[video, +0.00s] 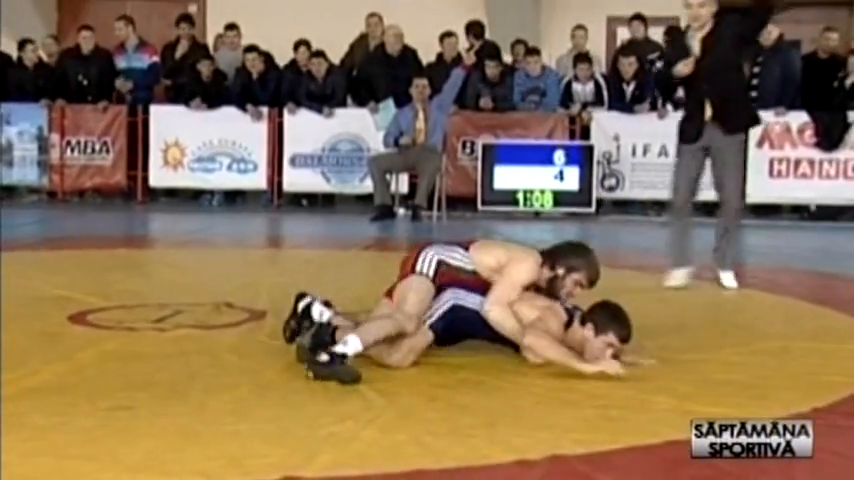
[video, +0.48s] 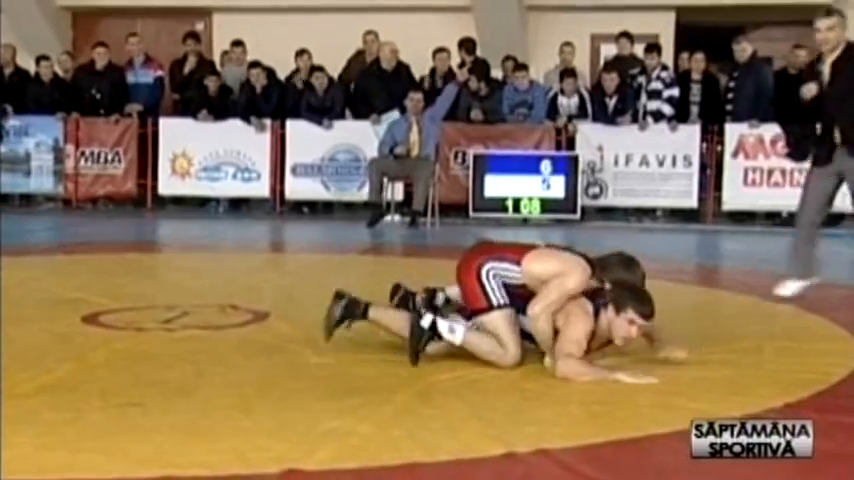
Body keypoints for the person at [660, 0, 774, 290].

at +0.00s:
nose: (694, 13)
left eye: (700, 6)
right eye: (689, 7)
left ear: (713, 7)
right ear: (685, 10)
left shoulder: (732, 28)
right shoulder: (677, 38)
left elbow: (764, 9)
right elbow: (663, 86)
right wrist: (674, 73)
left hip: (730, 125)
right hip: (693, 124)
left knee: (732, 202)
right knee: (681, 199)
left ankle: (725, 264)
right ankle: (680, 264)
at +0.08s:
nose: (720, 15)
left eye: (726, 8)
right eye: (714, 9)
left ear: (738, 10)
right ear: (706, 12)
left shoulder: (753, 32)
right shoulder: (700, 40)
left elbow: (779, 17)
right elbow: (686, 89)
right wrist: (695, 72)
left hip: (748, 126)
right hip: (713, 126)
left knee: (755, 197)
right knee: (718, 203)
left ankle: (756, 256)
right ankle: (730, 268)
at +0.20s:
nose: (754, 33)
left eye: (760, 27)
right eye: (749, 28)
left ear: (772, 30)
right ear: (743, 32)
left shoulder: (784, 54)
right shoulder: (734, 60)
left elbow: (807, 46)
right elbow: (714, 106)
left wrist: (806, 15)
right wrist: (724, 88)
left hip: (780, 148)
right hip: (745, 149)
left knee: (805, 212)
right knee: (748, 218)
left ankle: (834, 267)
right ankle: (750, 276)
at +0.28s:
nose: (776, 43)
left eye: (782, 37)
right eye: (771, 37)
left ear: (795, 40)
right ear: (763, 42)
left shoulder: (806, 67)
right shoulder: (756, 69)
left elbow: (831, 57)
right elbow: (731, 113)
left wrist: (824, 22)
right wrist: (745, 100)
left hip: (804, 157)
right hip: (768, 158)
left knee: (839, 220)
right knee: (753, 222)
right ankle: (745, 279)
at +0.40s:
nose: (803, 44)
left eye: (810, 37)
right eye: (799, 38)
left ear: (826, 41)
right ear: (795, 41)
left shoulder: (843, 66)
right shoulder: (789, 75)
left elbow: (845, 108)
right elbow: (778, 123)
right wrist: (783, 107)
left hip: (844, 159)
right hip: (808, 161)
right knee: (782, 222)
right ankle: (750, 275)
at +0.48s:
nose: (823, 36)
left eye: (829, 29)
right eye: (818, 31)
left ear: (843, 32)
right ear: (813, 34)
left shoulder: (851, 61)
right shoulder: (813, 68)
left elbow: (848, 103)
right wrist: (803, 99)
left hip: (850, 151)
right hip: (825, 151)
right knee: (808, 215)